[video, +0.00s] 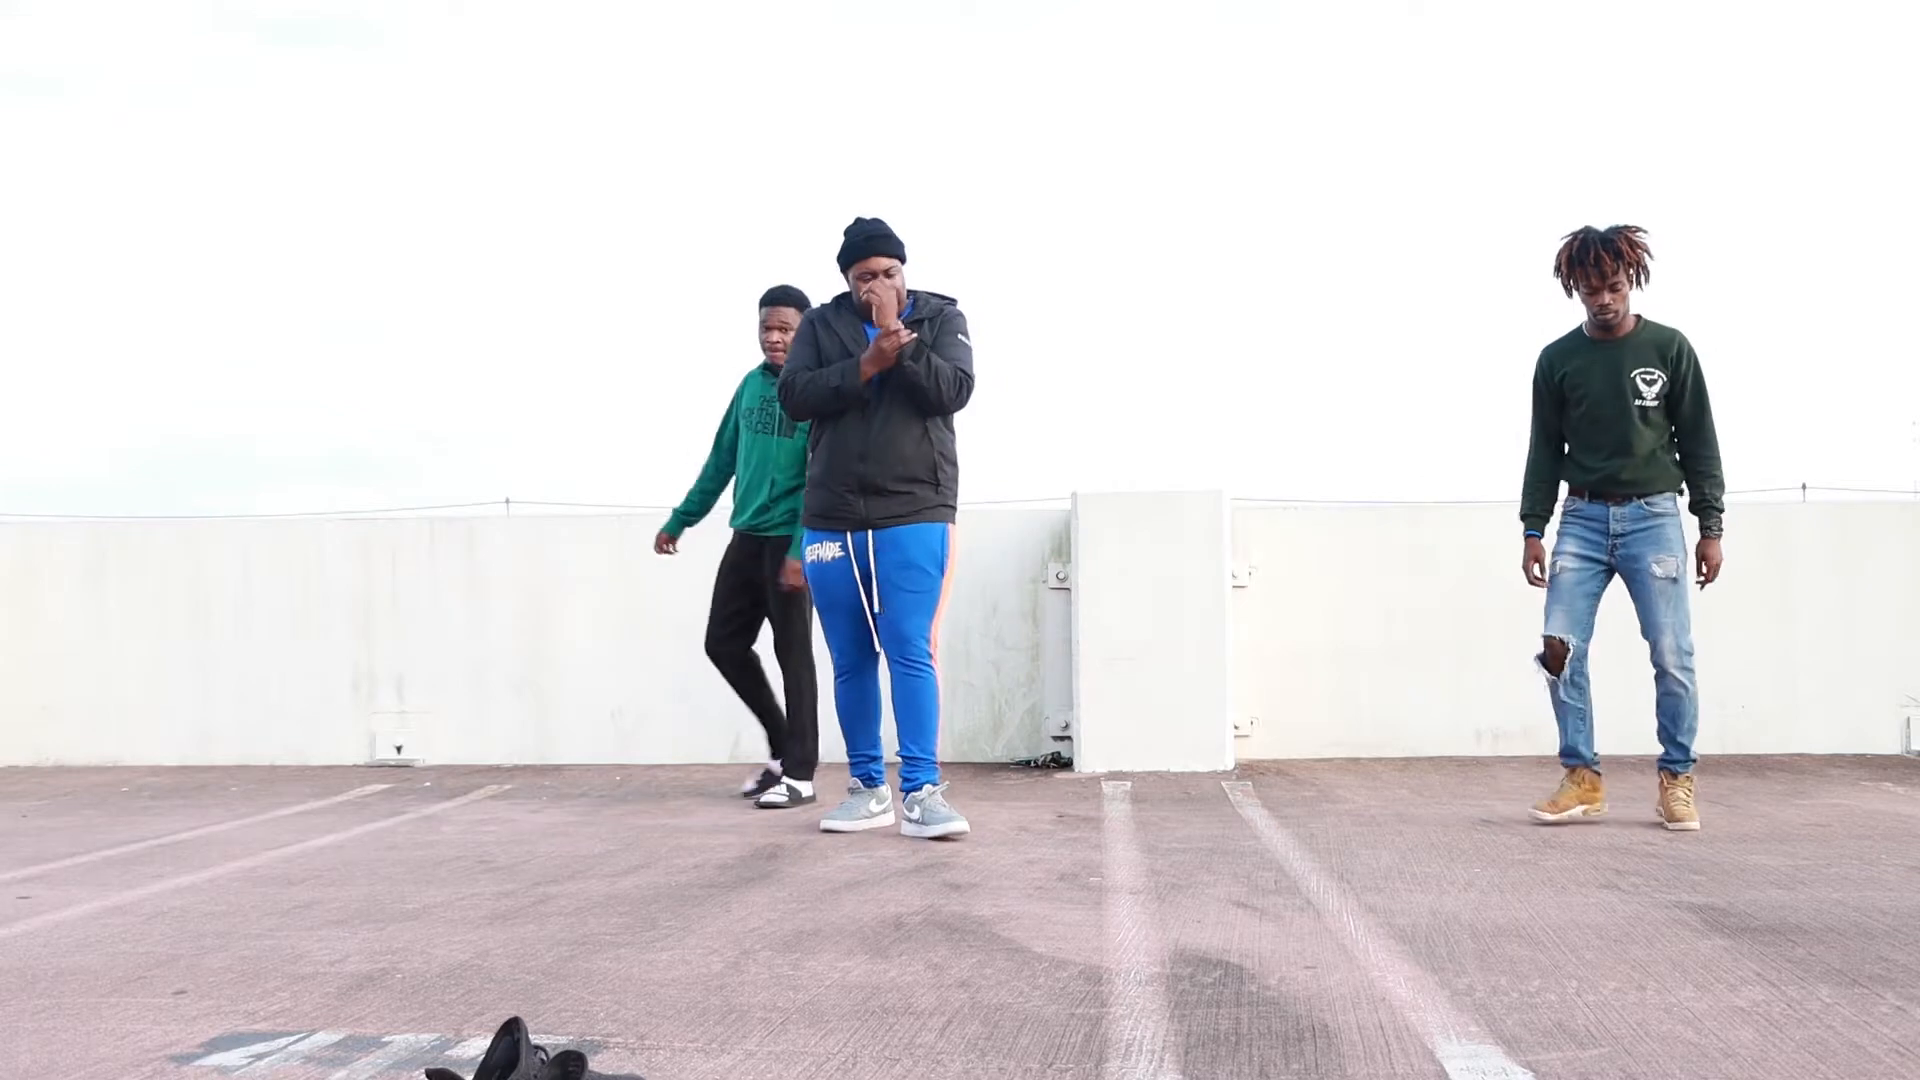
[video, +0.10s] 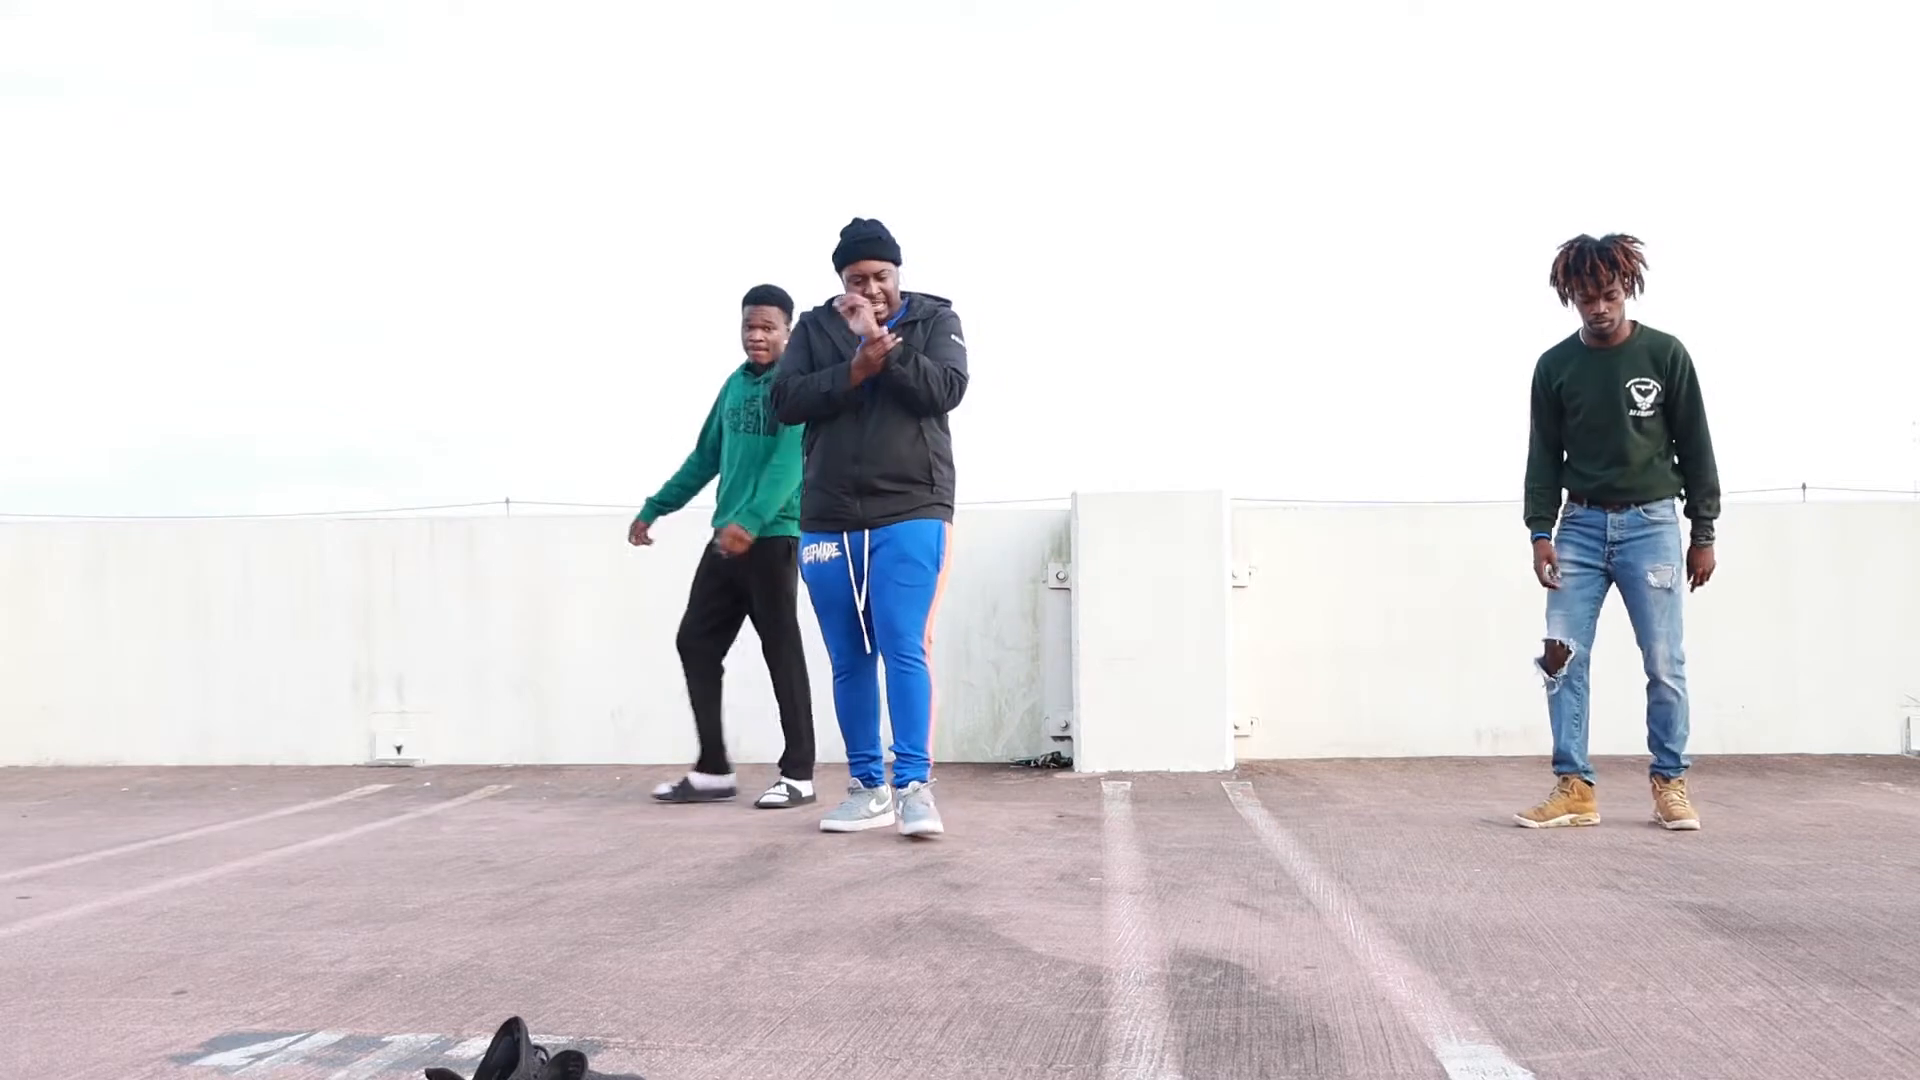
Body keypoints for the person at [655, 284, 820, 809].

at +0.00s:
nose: (774, 338)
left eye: (785, 330)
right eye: (767, 329)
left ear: (806, 334)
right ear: (759, 332)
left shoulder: (819, 388)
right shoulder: (750, 387)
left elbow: (822, 475)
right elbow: (721, 463)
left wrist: (801, 550)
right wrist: (678, 521)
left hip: (794, 540)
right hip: (748, 537)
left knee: (794, 654)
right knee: (725, 644)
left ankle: (800, 774)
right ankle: (787, 751)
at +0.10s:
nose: (757, 337)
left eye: (768, 328)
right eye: (750, 328)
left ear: (789, 333)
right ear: (742, 332)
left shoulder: (801, 384)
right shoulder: (734, 386)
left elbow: (793, 460)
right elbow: (705, 459)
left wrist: (750, 519)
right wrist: (653, 508)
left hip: (776, 538)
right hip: (728, 537)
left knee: (782, 653)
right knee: (697, 643)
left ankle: (798, 776)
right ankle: (712, 771)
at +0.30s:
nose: (708, 340)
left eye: (718, 332)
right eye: (700, 332)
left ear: (736, 338)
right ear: (689, 337)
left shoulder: (752, 382)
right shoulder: (687, 396)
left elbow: (730, 445)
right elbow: (659, 470)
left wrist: (673, 492)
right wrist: (614, 523)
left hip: (727, 548)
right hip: (675, 548)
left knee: (751, 658)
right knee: (641, 655)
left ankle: (794, 776)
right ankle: (615, 778)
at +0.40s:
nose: (678, 347)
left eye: (688, 338)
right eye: (669, 339)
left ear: (707, 341)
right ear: (661, 343)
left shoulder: (726, 387)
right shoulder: (657, 405)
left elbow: (711, 444)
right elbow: (629, 474)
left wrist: (651, 482)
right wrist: (582, 512)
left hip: (699, 549)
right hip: (651, 549)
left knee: (714, 658)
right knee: (609, 655)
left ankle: (783, 766)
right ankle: (610, 780)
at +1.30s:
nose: (648, 319)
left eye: (659, 308)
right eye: (643, 310)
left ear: (691, 304)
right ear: (640, 311)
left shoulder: (715, 356)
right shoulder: (632, 359)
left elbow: (687, 389)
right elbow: (577, 388)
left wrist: (625, 327)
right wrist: (553, 332)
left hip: (668, 535)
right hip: (613, 529)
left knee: (676, 659)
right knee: (574, 647)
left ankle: (700, 792)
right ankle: (552, 780)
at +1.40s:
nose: (633, 321)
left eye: (644, 310)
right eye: (628, 311)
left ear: (676, 308)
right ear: (624, 312)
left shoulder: (700, 355)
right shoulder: (623, 368)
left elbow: (664, 393)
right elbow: (567, 407)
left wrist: (574, 361)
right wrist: (522, 369)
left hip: (661, 538)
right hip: (606, 534)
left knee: (672, 661)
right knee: (567, 655)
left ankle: (699, 792)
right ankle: (528, 786)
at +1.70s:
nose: (578, 344)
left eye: (589, 333)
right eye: (569, 335)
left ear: (614, 332)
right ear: (561, 338)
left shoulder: (640, 382)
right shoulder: (557, 403)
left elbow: (608, 436)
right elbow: (513, 455)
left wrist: (533, 451)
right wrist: (471, 443)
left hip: (609, 562)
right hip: (549, 560)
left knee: (633, 680)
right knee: (502, 668)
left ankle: (695, 792)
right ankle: (516, 803)